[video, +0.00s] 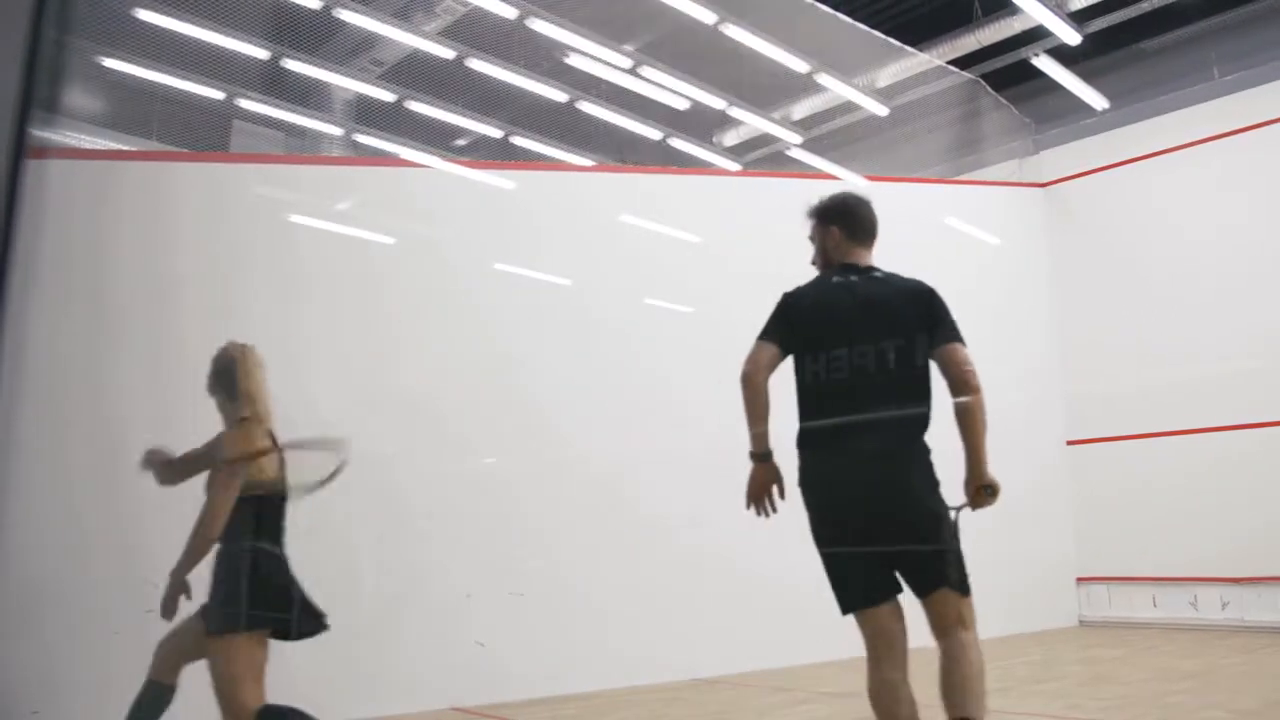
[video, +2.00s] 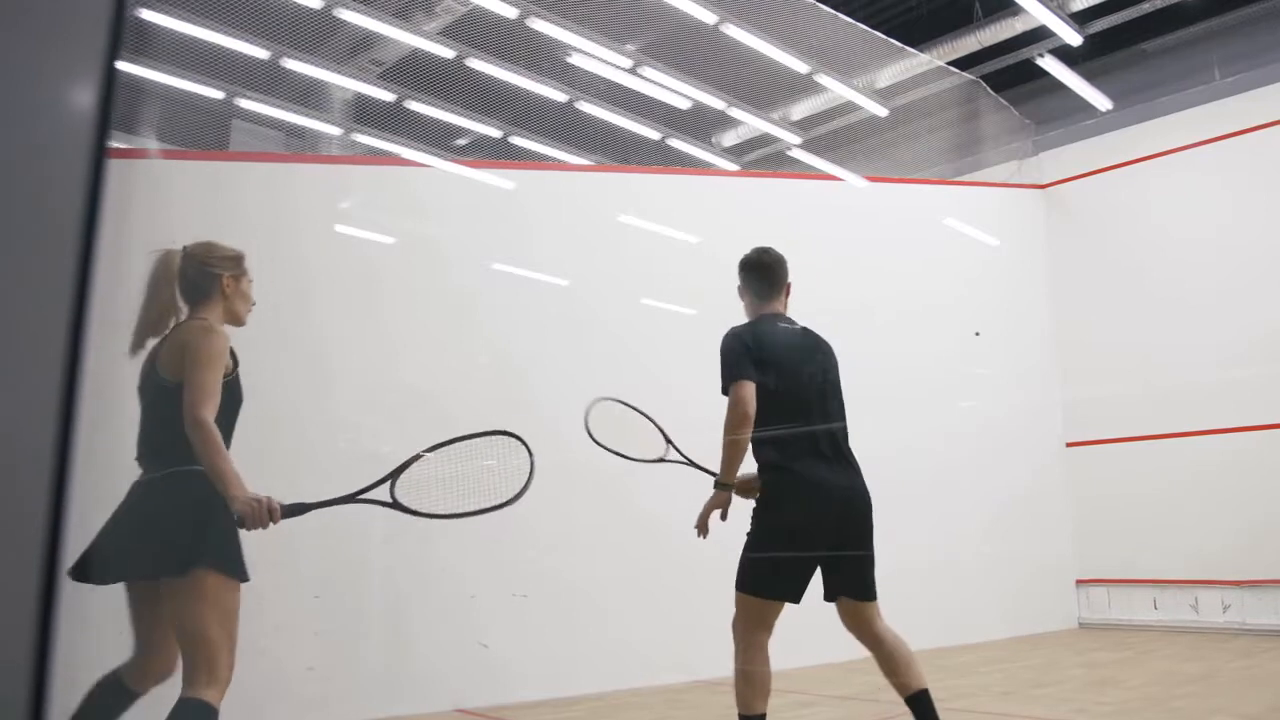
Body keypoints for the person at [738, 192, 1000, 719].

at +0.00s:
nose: (811, 252)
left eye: (813, 239)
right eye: (811, 240)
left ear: (831, 236)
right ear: (869, 240)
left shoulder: (800, 304)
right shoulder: (916, 296)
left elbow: (753, 373)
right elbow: (964, 383)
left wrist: (761, 458)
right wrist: (978, 469)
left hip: (831, 489)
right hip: (904, 481)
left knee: (883, 638)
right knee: (955, 627)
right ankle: (968, 713)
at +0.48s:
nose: (868, 267)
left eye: (868, 261)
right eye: (871, 261)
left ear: (871, 263)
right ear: (921, 262)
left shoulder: (846, 323)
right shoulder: (958, 325)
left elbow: (799, 373)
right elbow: (1001, 407)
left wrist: (788, 458)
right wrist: (1011, 491)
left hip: (871, 507)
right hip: (942, 504)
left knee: (908, 648)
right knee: (985, 635)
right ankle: (1013, 717)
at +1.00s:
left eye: (860, 268)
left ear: (861, 271)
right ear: (911, 268)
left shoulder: (844, 324)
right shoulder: (951, 328)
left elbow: (814, 379)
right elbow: (986, 406)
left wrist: (806, 457)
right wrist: (980, 481)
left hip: (871, 498)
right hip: (941, 498)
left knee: (835, 624)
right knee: (980, 634)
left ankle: (855, 714)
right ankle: (1009, 715)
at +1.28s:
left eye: (830, 282)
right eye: (873, 280)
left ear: (827, 286)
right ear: (877, 284)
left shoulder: (818, 338)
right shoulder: (918, 340)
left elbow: (801, 402)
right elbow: (957, 417)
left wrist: (790, 480)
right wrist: (938, 484)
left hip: (856, 511)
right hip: (924, 509)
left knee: (796, 630)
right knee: (970, 638)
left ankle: (774, 719)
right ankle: (1007, 718)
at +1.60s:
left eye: (777, 294)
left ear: (778, 298)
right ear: (826, 294)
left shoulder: (773, 350)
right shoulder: (865, 350)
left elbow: (766, 425)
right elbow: (896, 431)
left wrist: (754, 502)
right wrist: (866, 479)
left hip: (812, 514)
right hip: (878, 512)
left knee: (759, 629)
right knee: (932, 635)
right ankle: (986, 717)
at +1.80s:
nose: (758, 296)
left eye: (753, 291)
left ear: (754, 294)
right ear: (802, 291)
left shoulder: (752, 344)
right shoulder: (840, 347)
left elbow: (751, 423)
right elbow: (859, 435)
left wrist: (738, 496)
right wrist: (836, 485)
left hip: (797, 509)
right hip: (860, 508)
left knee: (752, 629)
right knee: (896, 624)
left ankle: (750, 719)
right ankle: (958, 716)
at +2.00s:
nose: (742, 299)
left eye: (741, 292)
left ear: (742, 293)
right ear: (788, 291)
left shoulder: (741, 339)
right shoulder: (819, 345)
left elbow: (743, 410)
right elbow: (826, 440)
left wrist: (724, 486)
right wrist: (762, 478)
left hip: (791, 501)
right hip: (848, 498)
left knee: (751, 629)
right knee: (865, 618)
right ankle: (929, 715)